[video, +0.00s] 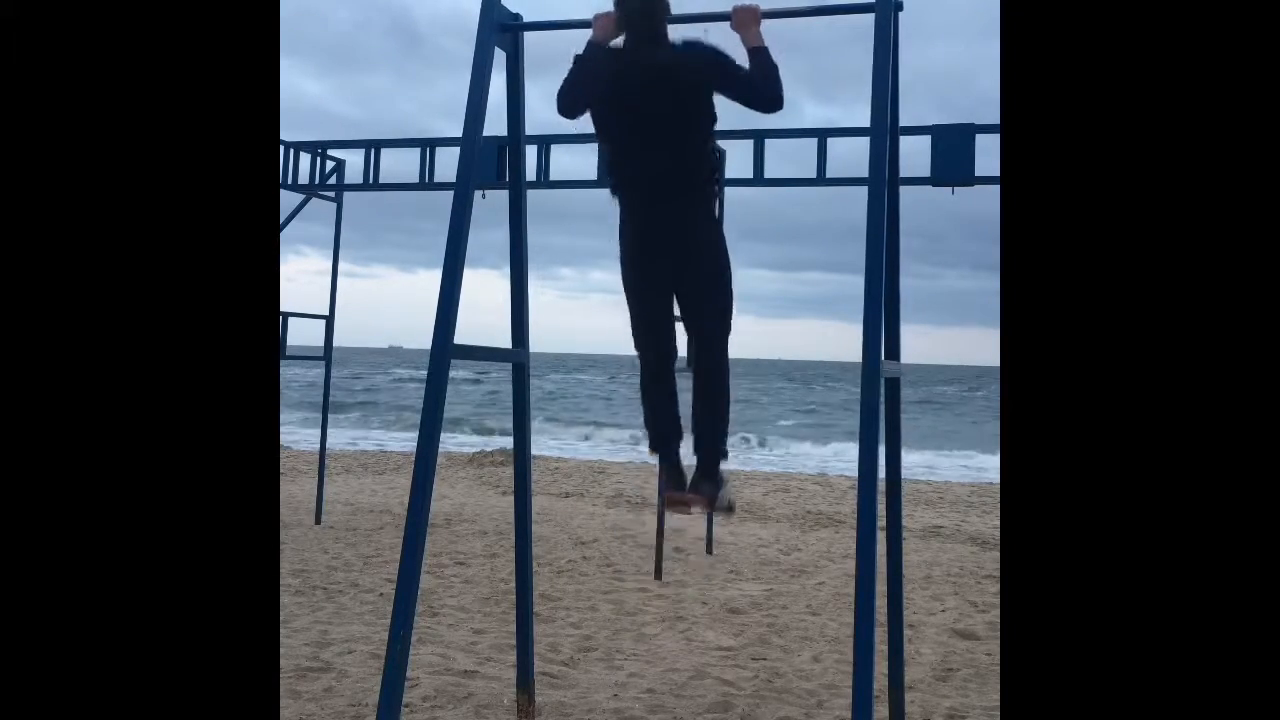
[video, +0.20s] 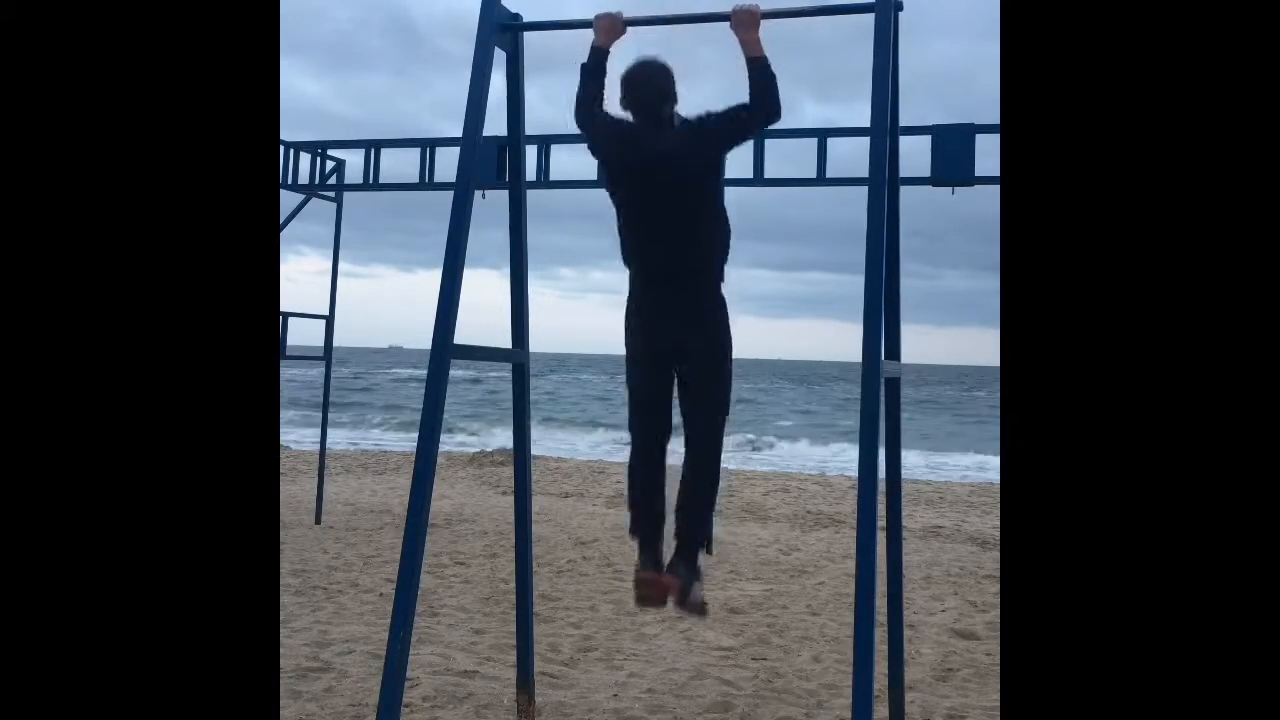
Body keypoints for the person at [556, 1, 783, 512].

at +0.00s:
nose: (644, 18)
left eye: (625, 14)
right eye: (656, 11)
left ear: (620, 19)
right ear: (667, 15)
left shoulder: (601, 66)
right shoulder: (698, 61)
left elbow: (567, 105)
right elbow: (770, 98)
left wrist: (595, 41)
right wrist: (754, 39)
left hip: (640, 234)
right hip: (698, 231)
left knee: (654, 356)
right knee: (710, 353)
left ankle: (670, 477)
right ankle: (707, 478)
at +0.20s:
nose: (657, 100)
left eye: (636, 93)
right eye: (664, 91)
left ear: (625, 102)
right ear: (674, 98)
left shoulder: (613, 144)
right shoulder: (706, 138)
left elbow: (587, 109)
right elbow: (765, 107)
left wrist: (599, 45)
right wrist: (752, 43)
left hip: (647, 310)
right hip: (703, 310)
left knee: (647, 439)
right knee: (703, 442)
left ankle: (649, 565)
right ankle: (685, 568)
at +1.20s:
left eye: (621, 5)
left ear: (622, 3)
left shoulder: (601, 39)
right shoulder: (694, 32)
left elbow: (568, 103)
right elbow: (759, 92)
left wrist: (595, 36)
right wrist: (751, 38)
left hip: (633, 206)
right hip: (691, 202)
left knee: (651, 327)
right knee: (709, 321)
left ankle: (670, 445)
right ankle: (710, 448)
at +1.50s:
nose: (652, 99)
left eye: (631, 93)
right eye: (660, 91)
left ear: (624, 104)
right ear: (673, 99)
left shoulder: (611, 145)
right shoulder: (704, 138)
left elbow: (587, 107)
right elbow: (765, 107)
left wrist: (600, 44)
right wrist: (751, 43)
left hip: (644, 313)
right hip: (701, 313)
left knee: (645, 436)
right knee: (703, 439)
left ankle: (647, 560)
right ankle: (684, 567)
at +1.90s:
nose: (681, 118)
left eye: (674, 113)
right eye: (677, 113)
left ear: (625, 127)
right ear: (672, 121)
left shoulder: (616, 165)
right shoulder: (703, 155)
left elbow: (593, 114)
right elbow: (756, 112)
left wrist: (601, 46)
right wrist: (749, 46)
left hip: (642, 327)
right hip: (699, 329)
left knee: (638, 462)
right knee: (697, 468)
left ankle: (634, 587)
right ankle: (675, 594)